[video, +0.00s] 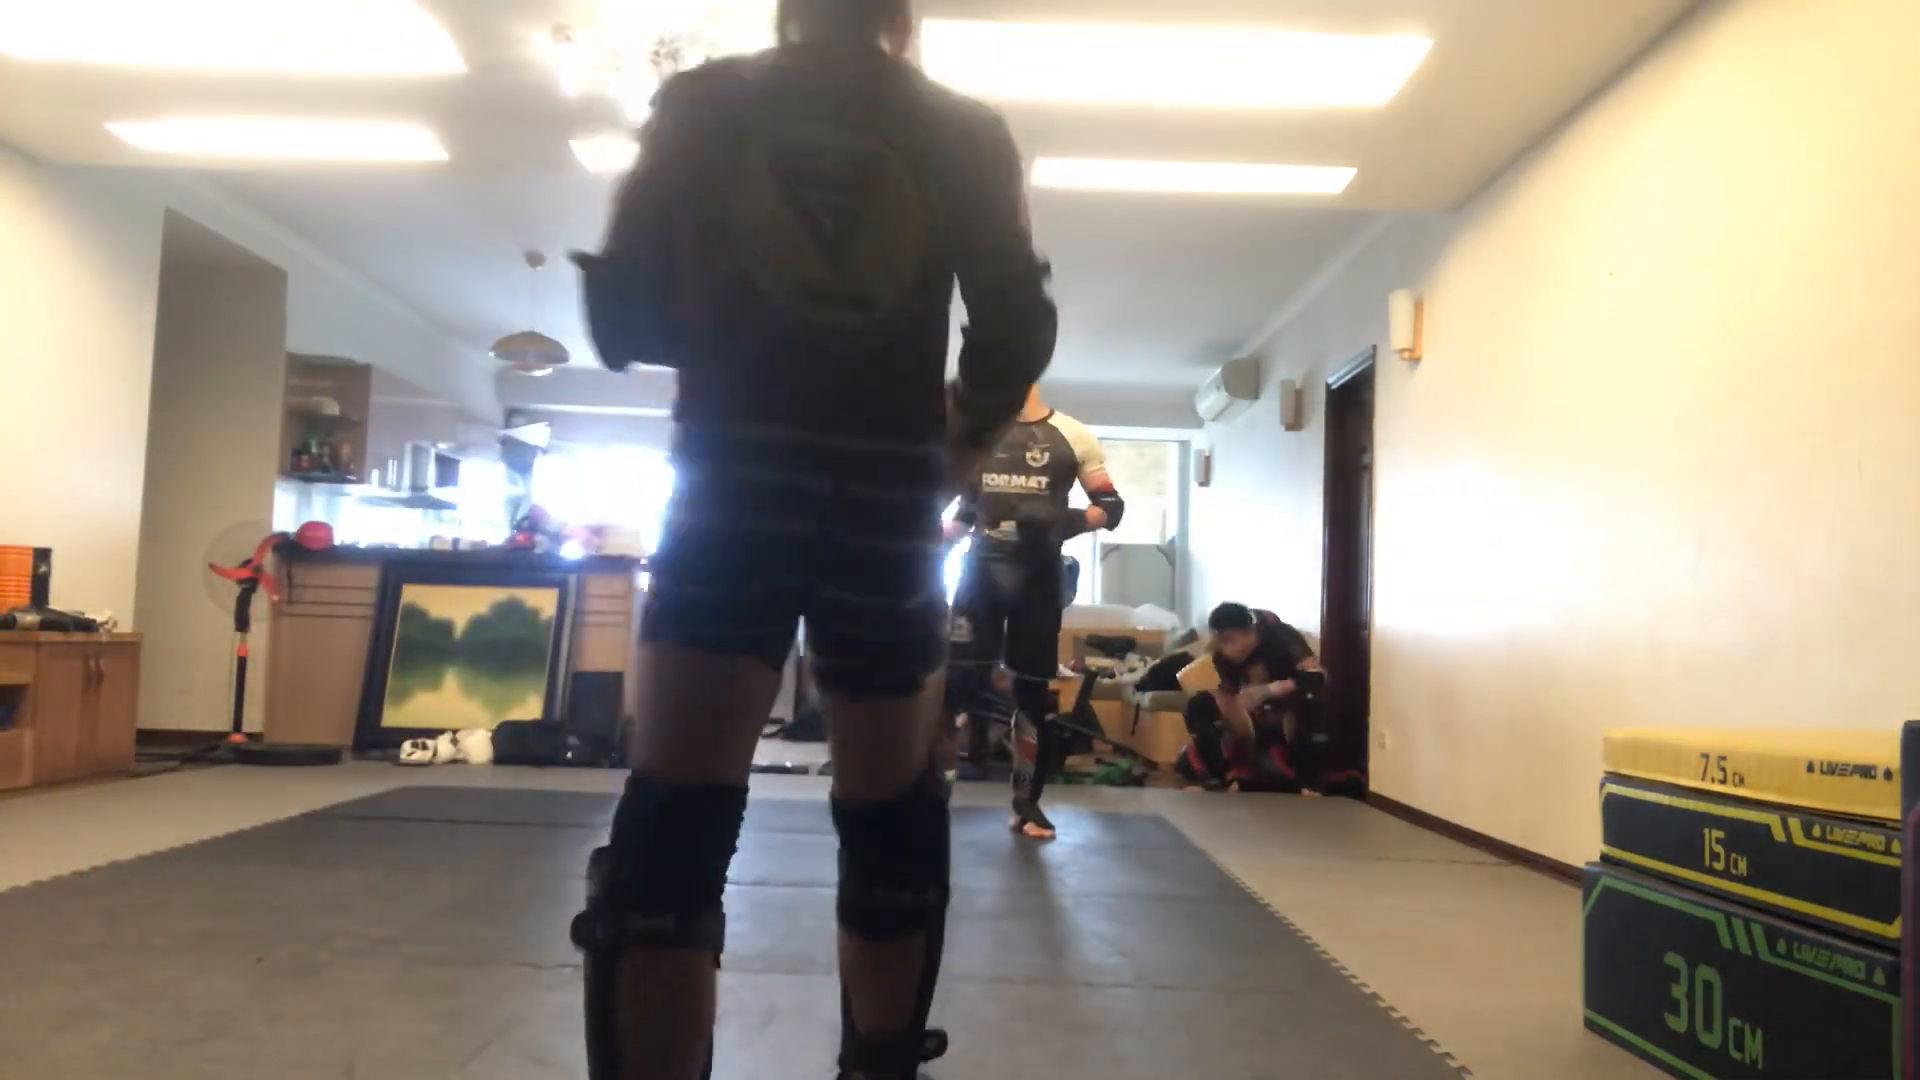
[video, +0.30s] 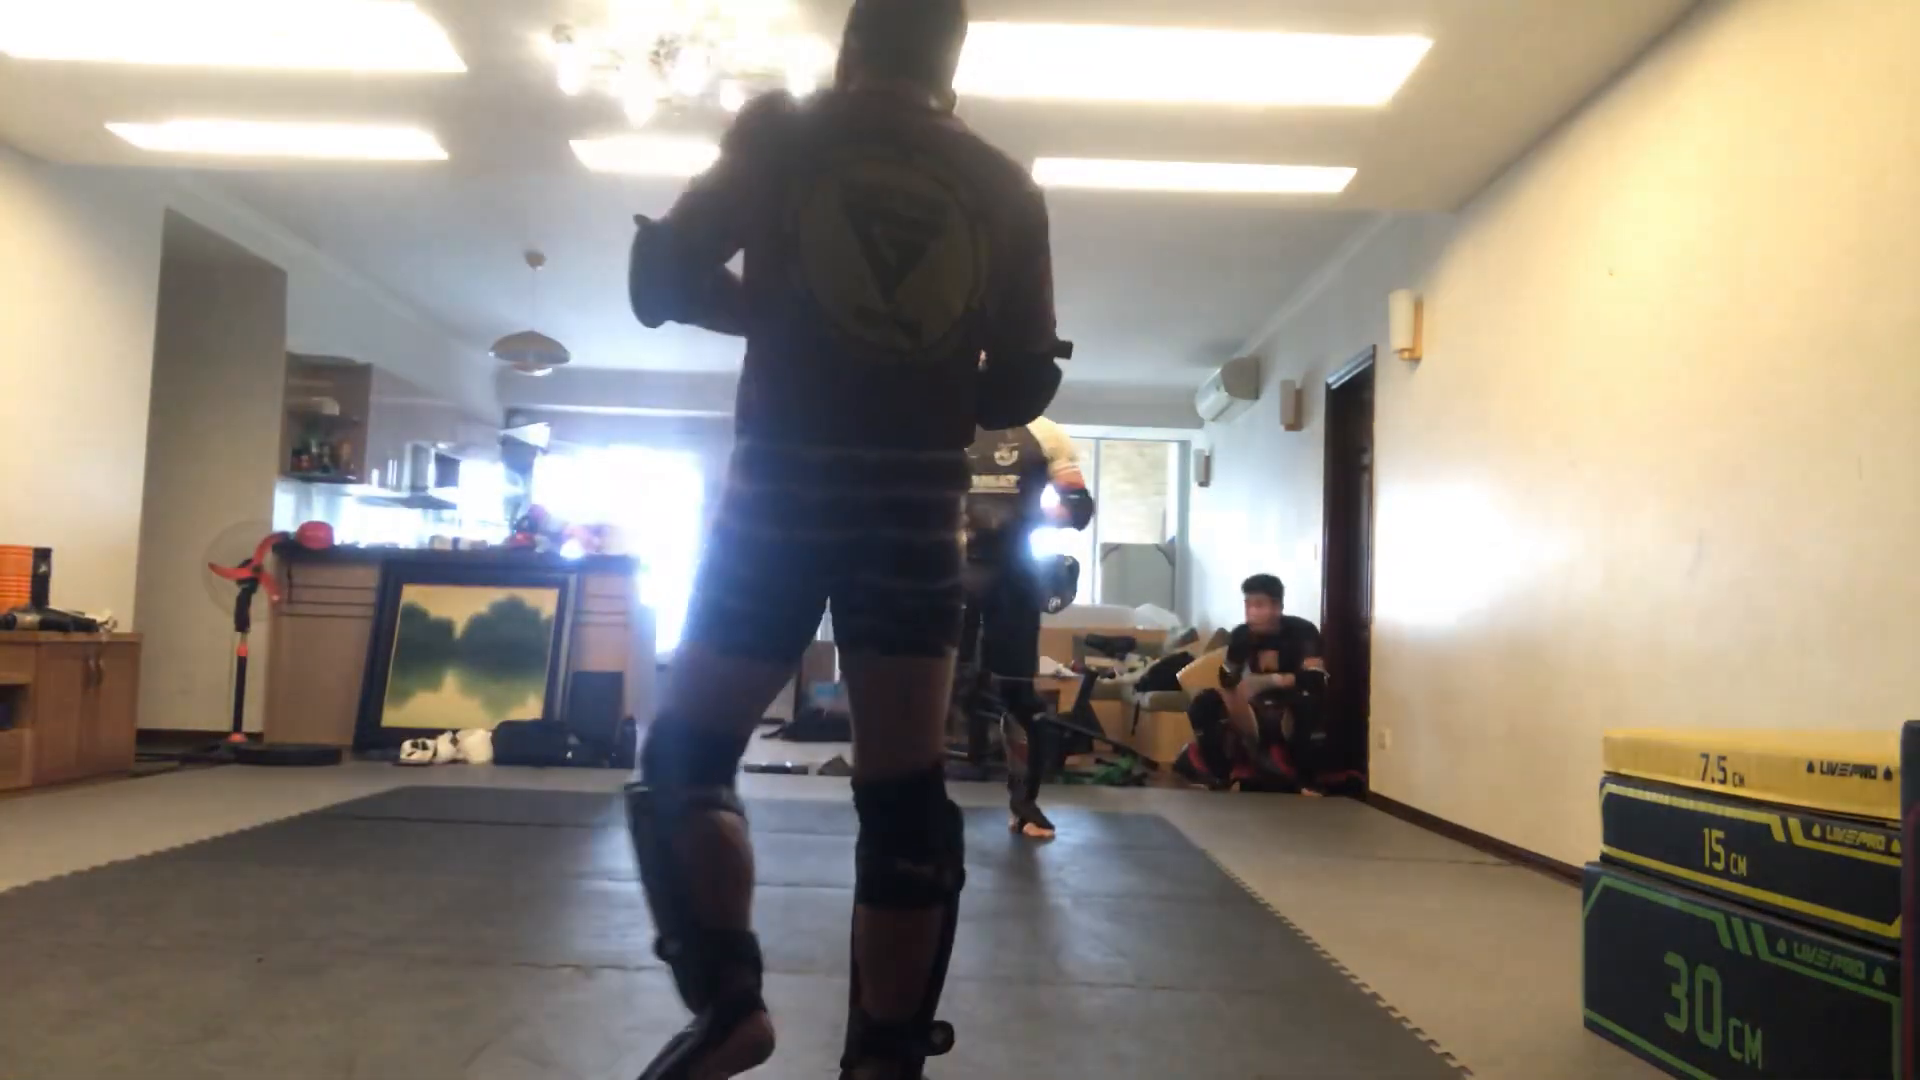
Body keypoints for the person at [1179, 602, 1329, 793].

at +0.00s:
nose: (1225, 649)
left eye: (1231, 641)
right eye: (1221, 642)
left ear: (1250, 634)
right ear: (1217, 640)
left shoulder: (1281, 636)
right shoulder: (1223, 658)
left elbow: (1314, 675)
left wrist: (1267, 692)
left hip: (1287, 704)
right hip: (1249, 710)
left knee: (1311, 704)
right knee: (1199, 704)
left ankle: (1308, 782)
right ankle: (1219, 777)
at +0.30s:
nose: (1251, 612)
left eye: (1259, 605)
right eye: (1248, 605)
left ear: (1278, 607)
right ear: (1244, 606)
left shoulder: (1302, 630)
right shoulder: (1241, 635)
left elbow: (1316, 679)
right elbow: (1228, 681)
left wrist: (1266, 681)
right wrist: (1241, 716)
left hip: (1291, 701)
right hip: (1252, 703)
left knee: (1309, 702)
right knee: (1203, 703)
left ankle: (1307, 780)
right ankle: (1221, 777)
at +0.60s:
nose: (1261, 598)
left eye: (1270, 592)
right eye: (1260, 591)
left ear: (1289, 598)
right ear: (1257, 594)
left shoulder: (1308, 630)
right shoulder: (1252, 628)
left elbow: (1317, 677)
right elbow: (1221, 663)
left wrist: (1264, 674)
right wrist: (1208, 683)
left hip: (1291, 715)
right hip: (1249, 713)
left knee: (1311, 698)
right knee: (1195, 702)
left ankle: (1303, 782)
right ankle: (1218, 779)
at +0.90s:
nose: (1265, 597)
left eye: (1273, 590)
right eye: (1263, 590)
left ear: (1292, 598)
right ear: (1260, 593)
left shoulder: (1311, 630)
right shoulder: (1253, 628)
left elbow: (1320, 670)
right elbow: (1217, 664)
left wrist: (1284, 628)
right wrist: (1214, 662)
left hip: (1293, 715)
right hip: (1251, 714)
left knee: (1309, 701)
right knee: (1201, 695)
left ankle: (1301, 781)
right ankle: (1214, 776)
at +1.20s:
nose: (1256, 600)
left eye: (1263, 593)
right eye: (1256, 593)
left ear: (1285, 599)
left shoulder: (1309, 629)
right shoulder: (1248, 632)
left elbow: (1315, 660)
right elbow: (1222, 668)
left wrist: (1281, 617)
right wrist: (1221, 690)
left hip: (1292, 714)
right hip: (1252, 714)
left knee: (1306, 700)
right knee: (1197, 698)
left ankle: (1300, 782)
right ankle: (1206, 776)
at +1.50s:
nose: (1244, 607)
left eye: (1250, 600)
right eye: (1244, 599)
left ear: (1271, 602)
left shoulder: (1299, 629)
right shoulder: (1239, 634)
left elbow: (1299, 664)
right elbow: (1216, 668)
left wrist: (1270, 621)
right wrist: (1218, 680)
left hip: (1287, 710)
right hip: (1247, 710)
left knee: (1302, 697)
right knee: (1198, 697)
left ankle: (1300, 782)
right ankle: (1207, 778)